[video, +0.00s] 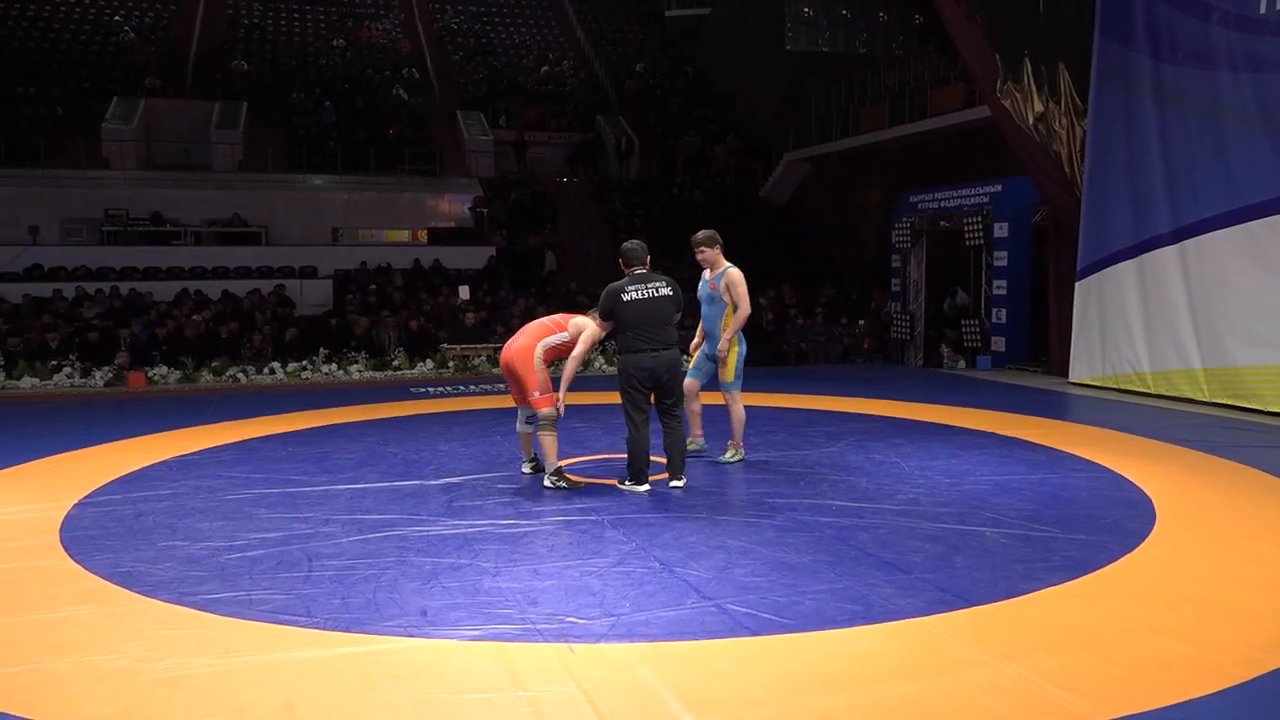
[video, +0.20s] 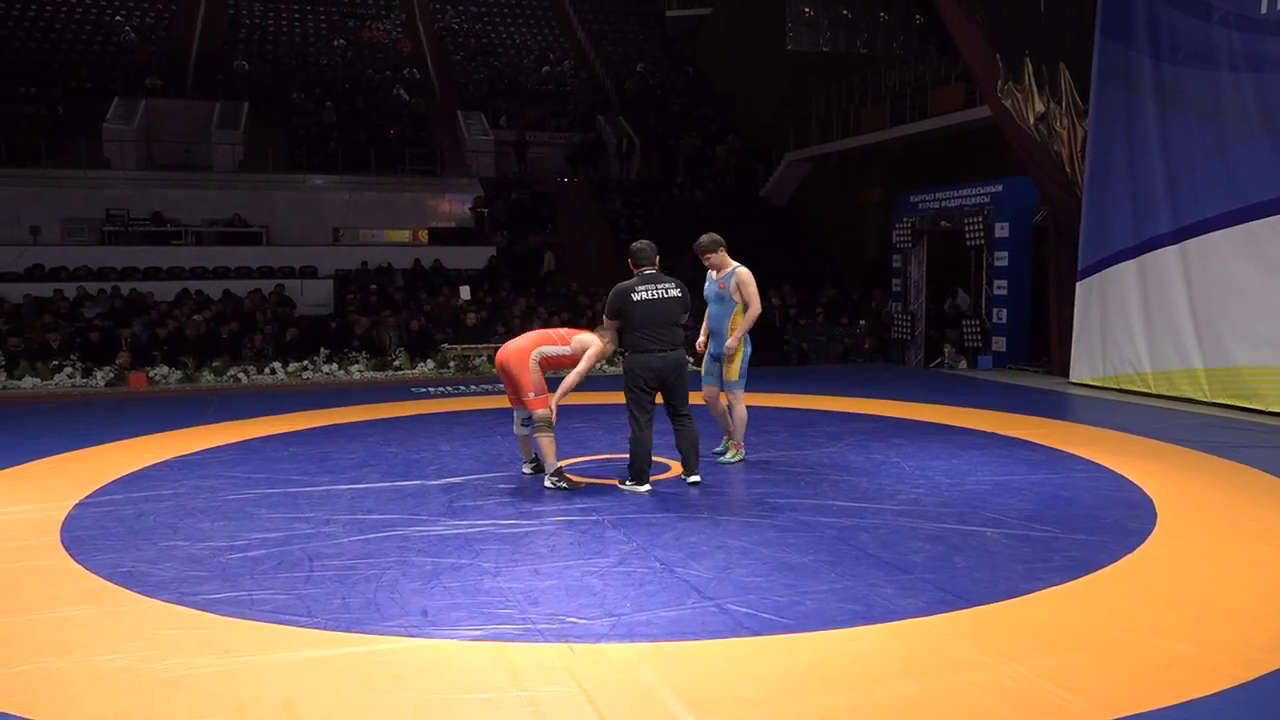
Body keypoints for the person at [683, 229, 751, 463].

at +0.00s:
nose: (699, 256)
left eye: (703, 251)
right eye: (697, 252)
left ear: (717, 249)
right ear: (697, 253)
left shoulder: (732, 274)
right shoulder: (705, 275)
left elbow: (745, 309)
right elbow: (707, 311)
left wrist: (726, 338)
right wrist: (698, 337)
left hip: (729, 343)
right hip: (708, 343)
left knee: (732, 396)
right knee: (689, 388)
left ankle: (737, 446)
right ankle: (696, 439)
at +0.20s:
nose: (706, 263)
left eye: (708, 258)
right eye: (703, 259)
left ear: (722, 252)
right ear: (703, 258)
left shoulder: (741, 274)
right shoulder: (710, 275)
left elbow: (755, 307)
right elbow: (711, 308)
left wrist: (736, 337)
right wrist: (703, 334)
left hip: (734, 344)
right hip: (713, 343)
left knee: (734, 397)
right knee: (710, 395)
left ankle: (739, 446)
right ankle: (730, 433)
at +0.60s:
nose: (709, 261)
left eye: (712, 256)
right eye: (707, 257)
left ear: (726, 252)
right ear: (707, 258)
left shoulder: (745, 273)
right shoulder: (716, 278)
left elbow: (768, 299)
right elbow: (708, 310)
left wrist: (757, 330)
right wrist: (712, 340)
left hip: (747, 342)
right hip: (728, 343)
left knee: (734, 389)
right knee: (726, 392)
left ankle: (746, 440)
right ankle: (736, 438)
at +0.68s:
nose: (713, 258)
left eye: (717, 253)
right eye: (711, 254)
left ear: (729, 249)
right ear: (711, 255)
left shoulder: (747, 270)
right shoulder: (719, 274)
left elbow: (770, 295)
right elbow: (700, 290)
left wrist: (758, 323)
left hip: (749, 338)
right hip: (730, 339)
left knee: (738, 388)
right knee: (729, 391)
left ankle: (757, 436)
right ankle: (737, 438)